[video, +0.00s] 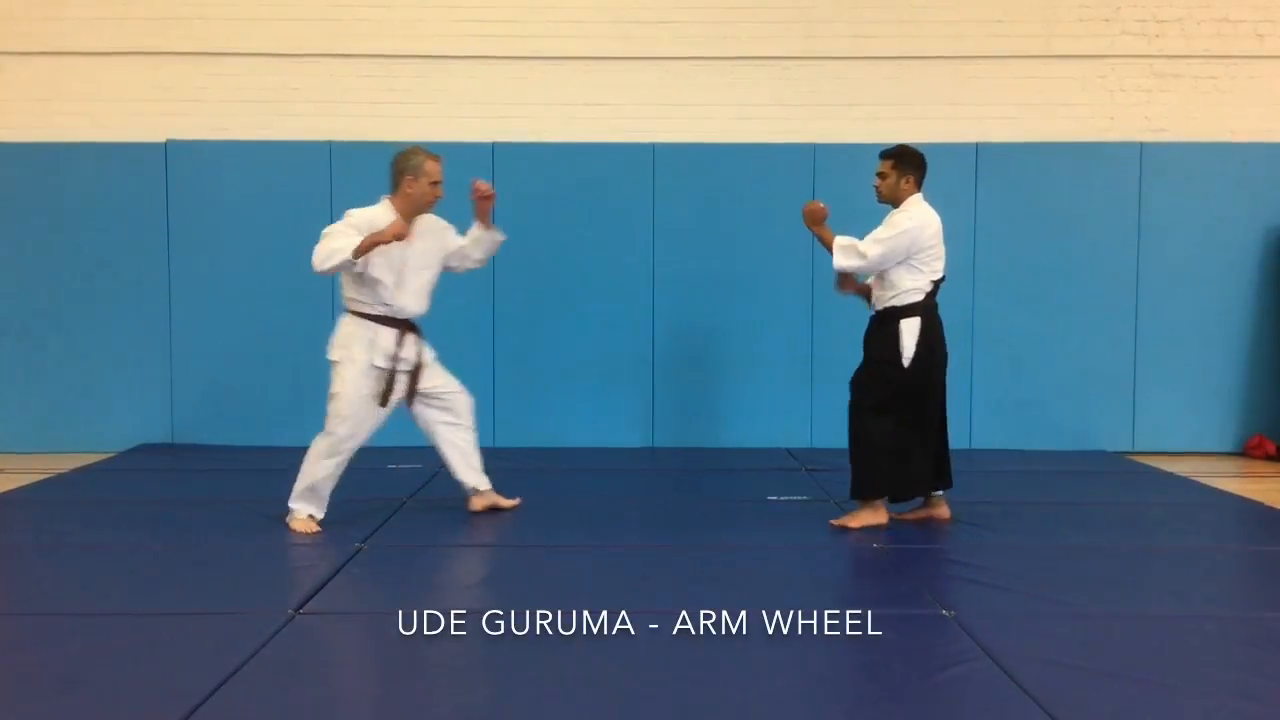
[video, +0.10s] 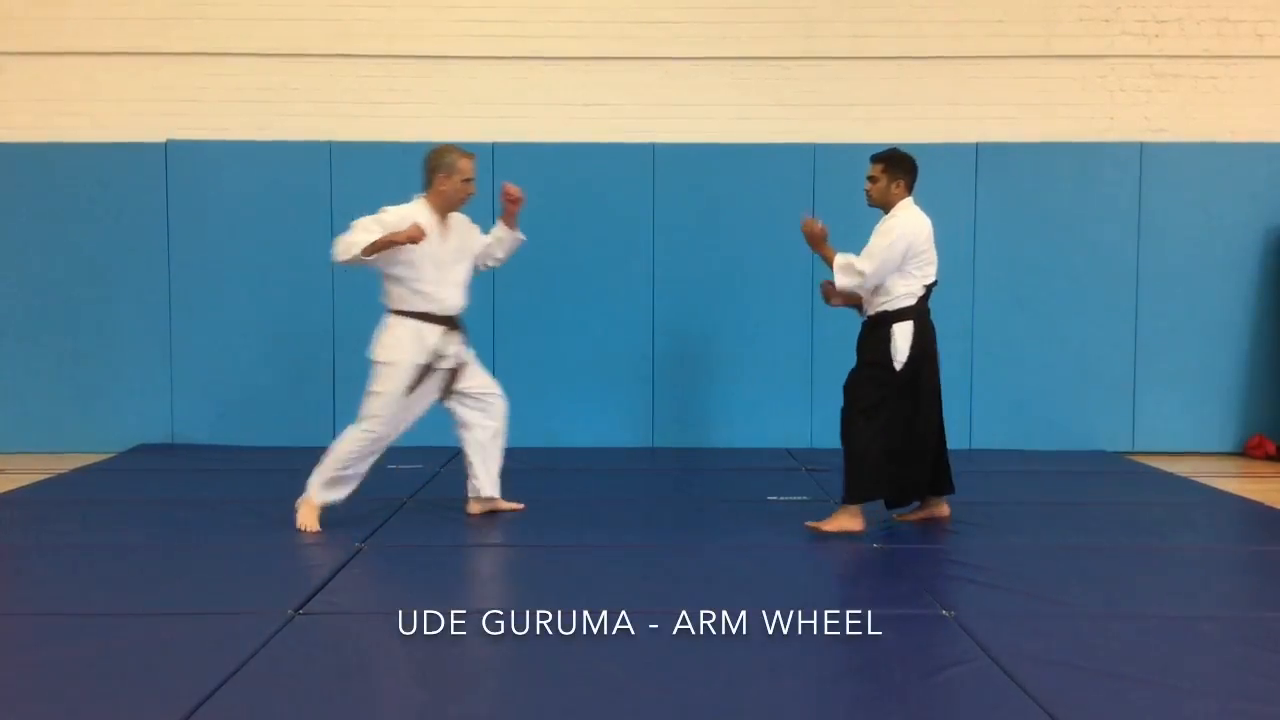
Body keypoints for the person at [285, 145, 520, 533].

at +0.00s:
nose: (440, 193)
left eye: (441, 184)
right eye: (434, 184)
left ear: (420, 185)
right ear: (408, 183)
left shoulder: (435, 229)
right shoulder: (363, 220)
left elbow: (470, 256)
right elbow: (323, 258)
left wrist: (483, 218)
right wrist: (375, 240)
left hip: (407, 339)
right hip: (362, 336)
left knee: (453, 403)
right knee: (345, 426)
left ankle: (479, 491)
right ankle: (303, 510)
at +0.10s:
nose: (472, 189)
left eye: (473, 181)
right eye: (466, 181)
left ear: (454, 182)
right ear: (440, 180)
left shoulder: (464, 227)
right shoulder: (397, 217)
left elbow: (489, 256)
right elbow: (342, 250)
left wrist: (510, 218)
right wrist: (393, 239)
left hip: (448, 339)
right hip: (406, 335)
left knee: (488, 404)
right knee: (376, 424)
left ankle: (483, 495)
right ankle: (312, 500)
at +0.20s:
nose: (493, 188)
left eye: (494, 180)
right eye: (487, 180)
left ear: (476, 181)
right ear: (462, 180)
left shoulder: (481, 226)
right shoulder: (424, 217)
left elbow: (499, 262)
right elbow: (371, 252)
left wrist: (526, 231)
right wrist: (417, 241)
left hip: (476, 337)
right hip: (438, 333)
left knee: (505, 411)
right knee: (425, 427)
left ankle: (487, 499)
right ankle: (343, 483)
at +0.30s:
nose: (526, 192)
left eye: (527, 184)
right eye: (520, 183)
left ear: (509, 186)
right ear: (495, 184)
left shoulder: (503, 231)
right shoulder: (466, 221)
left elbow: (511, 282)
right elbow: (425, 266)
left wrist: (553, 269)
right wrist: (469, 243)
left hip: (505, 337)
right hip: (474, 337)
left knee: (524, 417)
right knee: (506, 426)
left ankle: (491, 499)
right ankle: (435, 469)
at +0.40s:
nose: (559, 196)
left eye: (560, 188)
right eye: (552, 188)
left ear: (535, 190)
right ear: (528, 189)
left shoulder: (525, 229)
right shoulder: (510, 226)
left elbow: (531, 293)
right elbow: (502, 268)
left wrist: (567, 315)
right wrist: (546, 240)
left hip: (513, 341)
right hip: (511, 341)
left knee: (524, 428)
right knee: (582, 405)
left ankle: (490, 499)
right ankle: (555, 494)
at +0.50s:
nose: (594, 193)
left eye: (594, 184)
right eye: (588, 184)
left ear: (561, 187)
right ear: (563, 186)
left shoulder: (525, 228)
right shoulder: (556, 223)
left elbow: (547, 294)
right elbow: (587, 253)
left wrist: (583, 336)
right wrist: (628, 230)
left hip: (527, 340)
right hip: (555, 339)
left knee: (540, 419)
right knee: (624, 409)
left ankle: (489, 496)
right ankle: (663, 499)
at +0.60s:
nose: (631, 191)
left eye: (630, 183)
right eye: (624, 183)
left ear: (596, 187)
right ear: (600, 185)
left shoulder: (551, 231)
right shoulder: (620, 224)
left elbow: (533, 291)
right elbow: (678, 229)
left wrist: (540, 337)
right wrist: (727, 204)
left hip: (565, 342)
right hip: (606, 341)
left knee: (557, 418)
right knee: (664, 418)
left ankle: (498, 485)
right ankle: (706, 507)